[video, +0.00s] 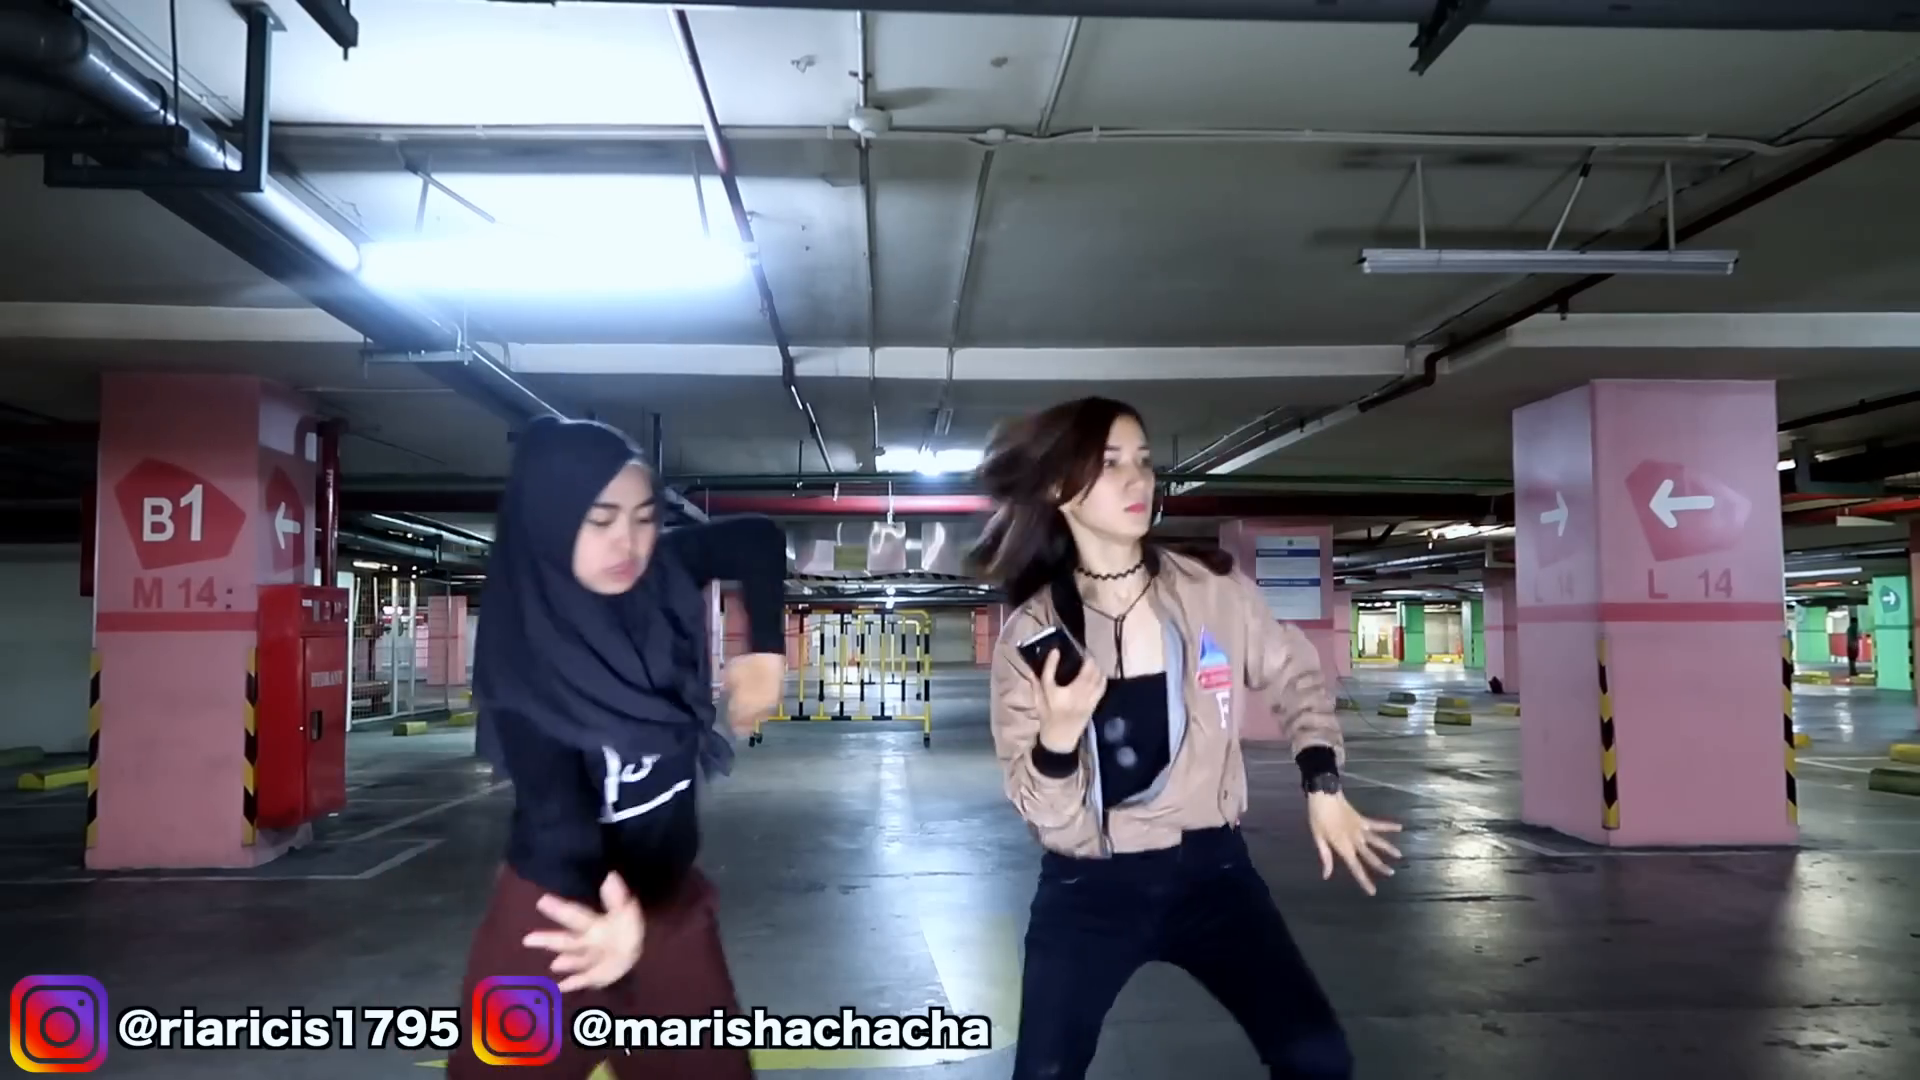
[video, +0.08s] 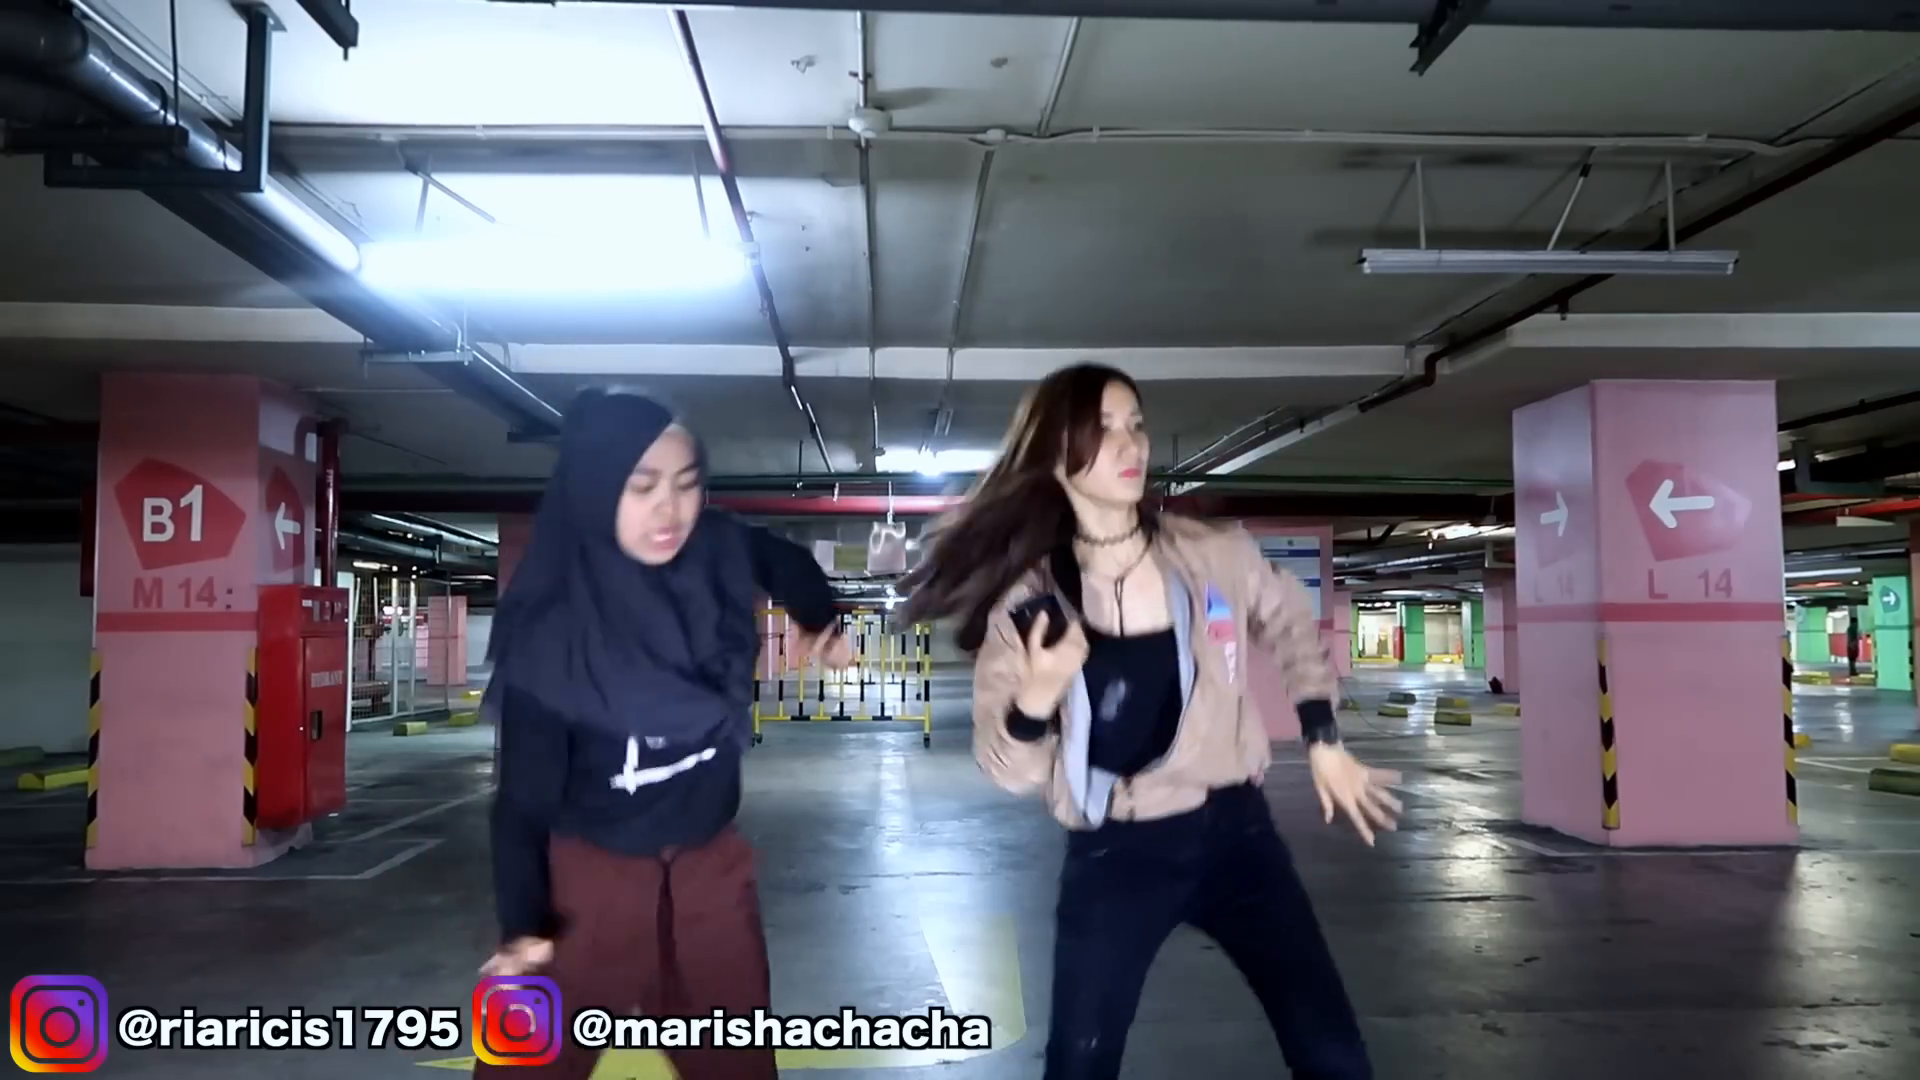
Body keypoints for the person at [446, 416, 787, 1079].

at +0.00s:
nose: (630, 544)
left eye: (644, 517)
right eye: (602, 519)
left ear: (657, 516)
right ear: (546, 521)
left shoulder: (656, 566)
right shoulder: (522, 644)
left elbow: (759, 539)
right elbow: (551, 798)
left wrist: (764, 653)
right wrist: (607, 912)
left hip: (670, 897)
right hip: (554, 898)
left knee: (714, 1067)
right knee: (497, 1066)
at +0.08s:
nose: (672, 510)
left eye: (687, 483)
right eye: (644, 488)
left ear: (702, 481)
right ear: (592, 493)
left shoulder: (718, 546)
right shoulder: (549, 613)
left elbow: (788, 564)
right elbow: (523, 791)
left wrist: (822, 616)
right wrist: (523, 927)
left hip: (712, 859)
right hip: (590, 865)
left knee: (740, 1061)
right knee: (548, 1062)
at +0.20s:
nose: (726, 495)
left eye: (745, 469)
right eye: (698, 470)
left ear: (762, 471)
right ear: (651, 473)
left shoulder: (774, 573)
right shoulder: (583, 561)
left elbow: (824, 733)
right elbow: (538, 697)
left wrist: (851, 628)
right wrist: (497, 823)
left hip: (712, 844)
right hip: (580, 834)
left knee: (740, 1061)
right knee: (569, 1060)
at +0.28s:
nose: (755, 529)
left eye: (775, 502)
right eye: (727, 504)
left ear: (795, 507)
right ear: (682, 503)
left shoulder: (788, 615)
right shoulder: (623, 570)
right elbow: (561, 667)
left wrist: (797, 691)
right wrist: (521, 785)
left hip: (721, 855)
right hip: (596, 836)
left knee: (748, 1065)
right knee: (587, 1033)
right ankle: (615, 1061)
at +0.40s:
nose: (770, 525)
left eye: (794, 503)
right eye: (749, 496)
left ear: (814, 511)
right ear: (709, 496)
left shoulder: (789, 618)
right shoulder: (651, 550)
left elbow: (680, 769)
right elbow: (620, 671)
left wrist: (737, 685)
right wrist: (580, 748)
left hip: (723, 856)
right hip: (603, 834)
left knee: (745, 1063)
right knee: (546, 1006)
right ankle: (608, 1064)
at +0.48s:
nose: (774, 493)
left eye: (799, 470)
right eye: (753, 462)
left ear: (818, 481)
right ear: (711, 462)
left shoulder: (779, 595)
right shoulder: (653, 525)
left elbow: (641, 748)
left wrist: (734, 653)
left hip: (709, 836)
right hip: (589, 813)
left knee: (745, 1065)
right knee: (517, 1047)